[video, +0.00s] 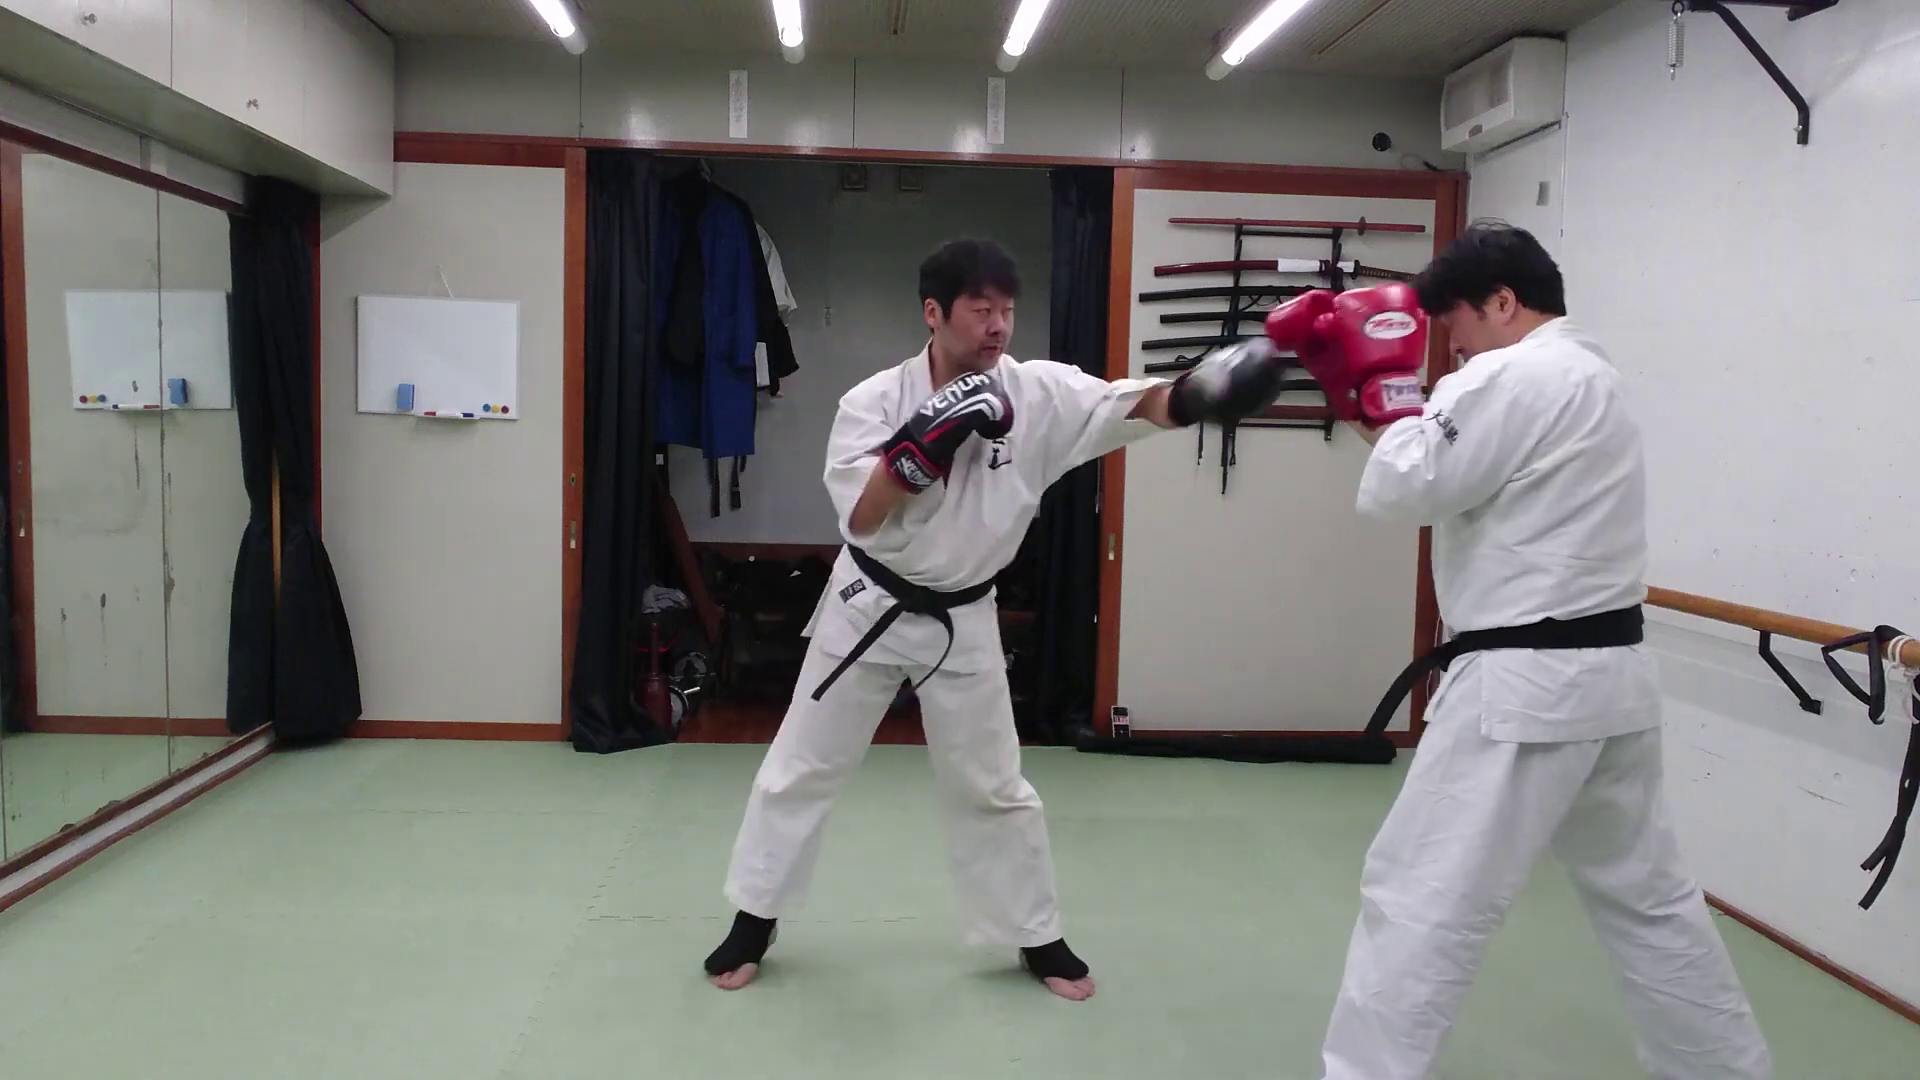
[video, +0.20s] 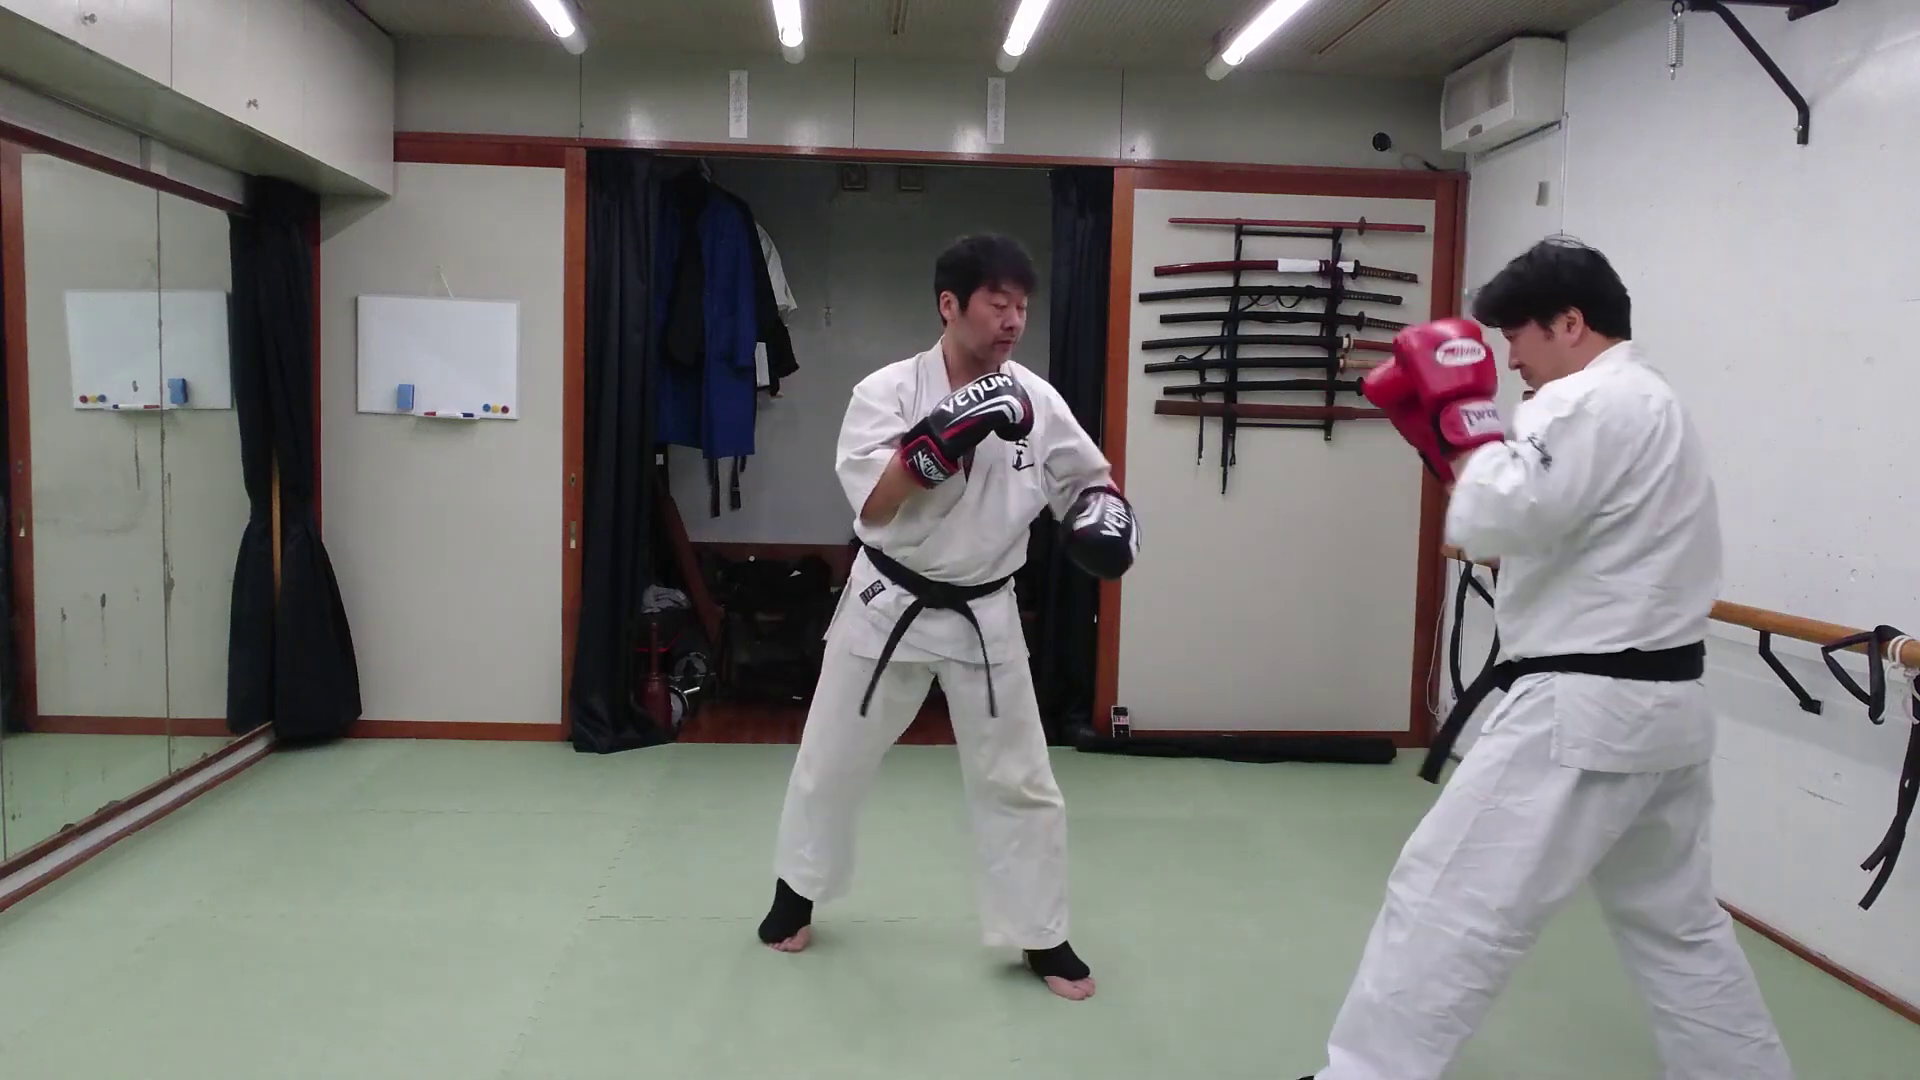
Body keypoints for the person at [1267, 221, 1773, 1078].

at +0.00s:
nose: (1451, 349)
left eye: (1453, 326)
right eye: (1445, 332)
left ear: (1503, 302)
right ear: (1531, 305)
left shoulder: (1508, 382)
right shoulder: (1596, 377)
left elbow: (1400, 487)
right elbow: (1478, 476)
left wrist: (1400, 391)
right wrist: (1388, 408)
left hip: (1520, 687)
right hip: (1621, 678)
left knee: (1418, 904)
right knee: (1651, 904)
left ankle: (1364, 1065)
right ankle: (1731, 1067)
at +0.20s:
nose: (1511, 357)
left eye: (1517, 335)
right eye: (1507, 339)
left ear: (1569, 324)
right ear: (1581, 326)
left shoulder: (1592, 405)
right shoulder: (1659, 405)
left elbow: (1488, 520)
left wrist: (1472, 421)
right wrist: (1455, 434)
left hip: (1576, 710)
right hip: (1670, 708)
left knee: (1442, 906)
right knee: (1681, 934)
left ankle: (1367, 1068)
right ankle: (1750, 1074)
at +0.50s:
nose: (1502, 351)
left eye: (1506, 330)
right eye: (1497, 335)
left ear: (1554, 312)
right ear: (1593, 310)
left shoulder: (1570, 397)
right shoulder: (1693, 394)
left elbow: (1495, 525)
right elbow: (1611, 490)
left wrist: (1457, 441)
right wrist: (1509, 414)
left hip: (1591, 700)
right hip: (1708, 699)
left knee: (1467, 922)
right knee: (1717, 943)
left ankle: (1389, 1068)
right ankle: (1753, 1076)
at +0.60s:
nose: (1469, 354)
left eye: (1474, 332)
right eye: (1466, 336)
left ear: (1522, 322)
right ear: (1551, 321)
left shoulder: (1538, 406)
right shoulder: (1667, 402)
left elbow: (1406, 527)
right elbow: (1581, 512)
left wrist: (1390, 429)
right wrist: (1479, 423)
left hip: (1574, 717)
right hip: (1695, 711)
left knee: (1451, 943)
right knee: (1711, 948)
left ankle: (1382, 1072)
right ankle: (1756, 1076)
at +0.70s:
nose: (1432, 360)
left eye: (1435, 336)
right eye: (1430, 338)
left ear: (1480, 324)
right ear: (1523, 321)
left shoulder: (1487, 406)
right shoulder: (1632, 402)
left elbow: (1360, 530)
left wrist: (1324, 444)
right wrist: (1434, 435)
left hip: (1542, 716)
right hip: (1673, 710)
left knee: (1431, 949)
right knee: (1709, 946)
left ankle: (1383, 1073)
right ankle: (1752, 1074)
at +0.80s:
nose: (1411, 351)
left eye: (1413, 327)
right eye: (1407, 331)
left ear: (1451, 314)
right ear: (1510, 308)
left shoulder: (1457, 402)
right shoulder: (1612, 389)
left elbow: (1367, 539)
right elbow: (1537, 487)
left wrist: (1315, 462)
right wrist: (1422, 421)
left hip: (1528, 713)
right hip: (1663, 702)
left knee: (1425, 956)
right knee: (1703, 943)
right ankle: (1772, 1072)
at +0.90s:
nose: (1416, 342)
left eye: (1416, 320)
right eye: (1409, 325)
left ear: (1455, 303)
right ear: (1517, 295)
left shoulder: (1465, 393)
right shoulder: (1613, 377)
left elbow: (1375, 538)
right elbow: (1530, 459)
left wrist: (1332, 452)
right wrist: (1426, 395)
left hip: (1527, 713)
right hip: (1663, 701)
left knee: (1427, 969)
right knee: (1706, 953)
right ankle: (1781, 1072)